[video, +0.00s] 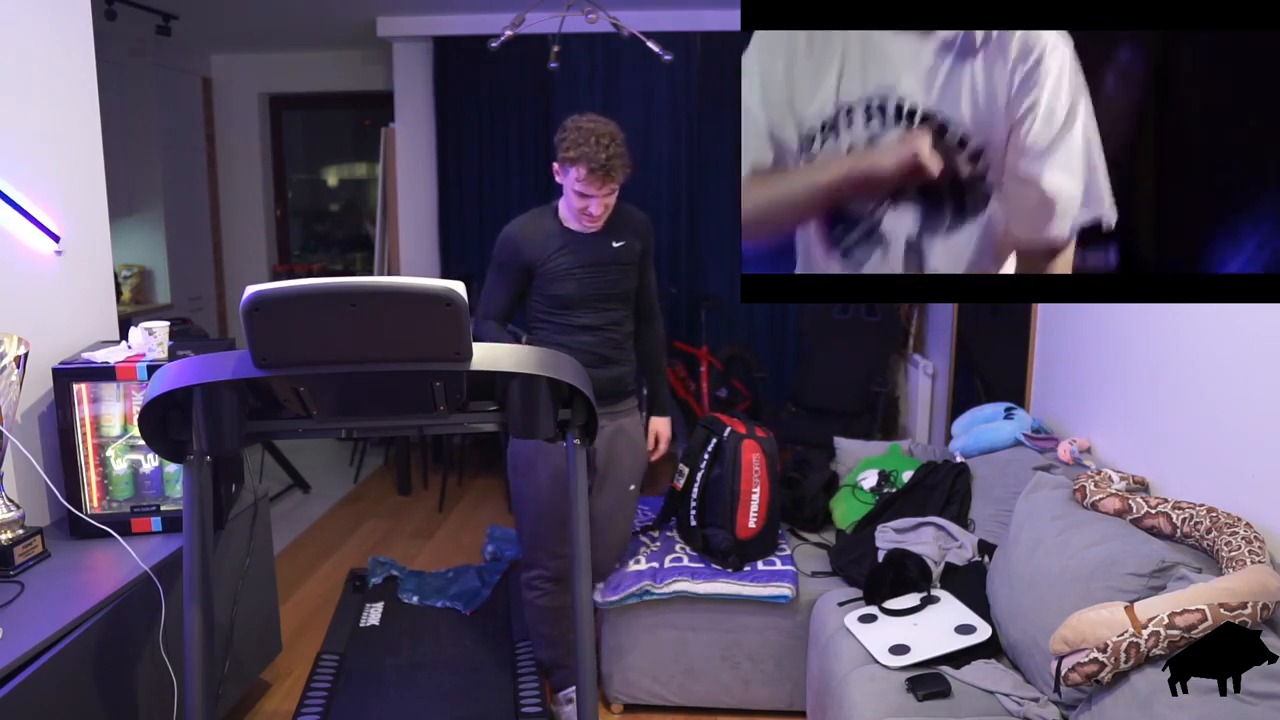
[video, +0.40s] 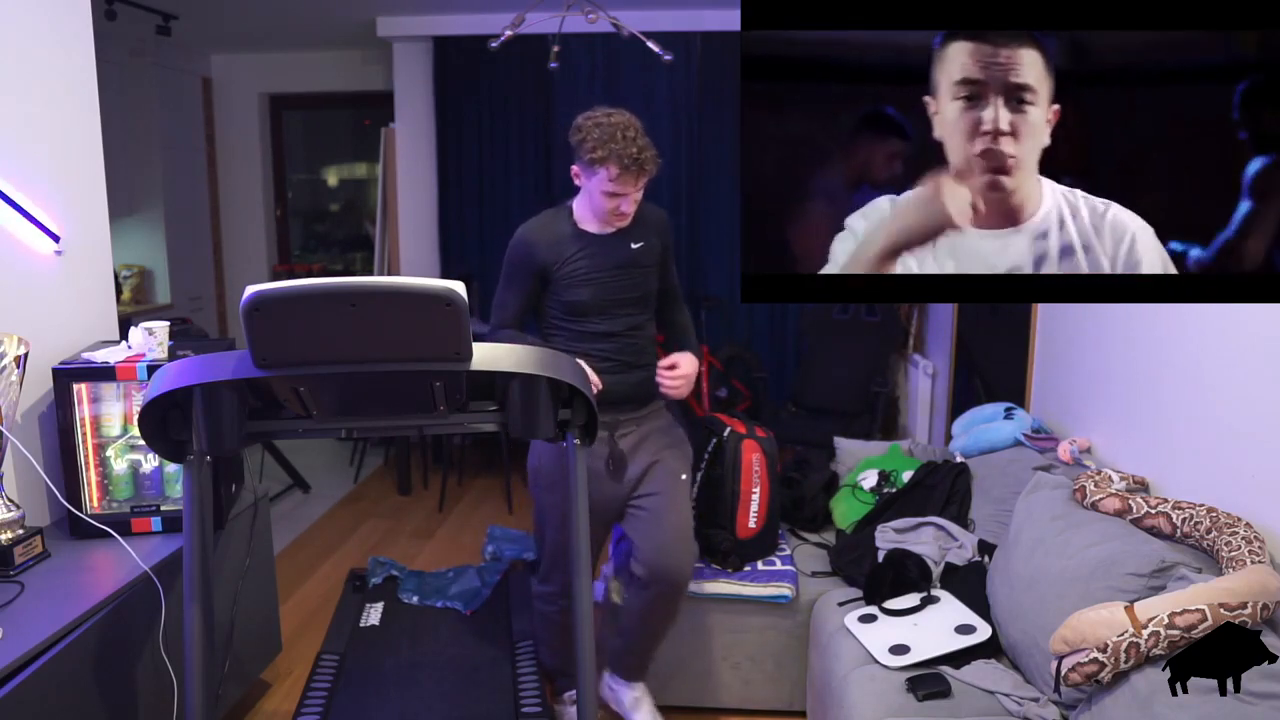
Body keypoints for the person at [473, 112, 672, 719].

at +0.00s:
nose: (597, 208)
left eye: (608, 195)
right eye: (585, 195)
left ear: (622, 181)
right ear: (558, 175)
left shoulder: (635, 231)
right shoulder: (523, 238)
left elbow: (649, 321)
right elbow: (489, 327)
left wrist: (660, 405)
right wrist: (529, 382)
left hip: (622, 419)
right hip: (545, 424)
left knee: (605, 556)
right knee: (554, 564)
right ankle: (565, 685)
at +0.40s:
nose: (626, 207)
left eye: (636, 194)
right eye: (613, 195)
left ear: (646, 179)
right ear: (579, 175)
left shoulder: (654, 228)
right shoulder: (537, 240)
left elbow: (671, 307)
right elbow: (502, 335)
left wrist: (687, 356)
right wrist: (559, 366)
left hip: (651, 427)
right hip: (570, 435)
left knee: (668, 568)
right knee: (564, 576)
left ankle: (623, 677)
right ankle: (565, 694)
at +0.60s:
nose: (642, 215)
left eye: (659, 206)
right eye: (634, 199)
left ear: (679, 189)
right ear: (617, 169)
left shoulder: (691, 233)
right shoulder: (568, 241)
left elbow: (713, 325)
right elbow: (529, 333)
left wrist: (699, 312)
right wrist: (577, 360)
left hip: (677, 439)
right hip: (593, 444)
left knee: (706, 591)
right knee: (580, 593)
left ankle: (733, 714)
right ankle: (574, 703)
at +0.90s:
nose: (730, 213)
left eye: (741, 200)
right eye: (719, 196)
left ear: (758, 184)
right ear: (694, 170)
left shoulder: (764, 235)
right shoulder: (637, 233)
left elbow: (811, 335)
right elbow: (595, 335)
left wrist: (788, 321)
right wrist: (662, 308)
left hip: (742, 443)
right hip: (653, 448)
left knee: (751, 609)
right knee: (669, 604)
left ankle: (743, 715)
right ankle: (593, 686)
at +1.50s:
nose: (736, 197)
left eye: (751, 182)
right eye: (725, 180)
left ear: (777, 180)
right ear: (706, 174)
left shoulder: (792, 230)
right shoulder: (667, 233)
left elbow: (865, 326)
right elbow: (654, 356)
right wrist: (720, 265)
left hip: (788, 477)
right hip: (693, 477)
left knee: (765, 669)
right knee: (701, 666)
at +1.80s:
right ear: (730, 141)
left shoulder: (794, 210)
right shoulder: (669, 212)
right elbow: (634, 270)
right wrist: (722, 161)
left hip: (794, 480)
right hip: (691, 490)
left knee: (805, 680)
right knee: (701, 689)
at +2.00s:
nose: (774, 133)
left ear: (810, 132)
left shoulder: (820, 210)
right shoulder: (681, 212)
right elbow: (617, 164)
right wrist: (728, 114)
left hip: (803, 504)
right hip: (693, 508)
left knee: (792, 704)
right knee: (697, 702)